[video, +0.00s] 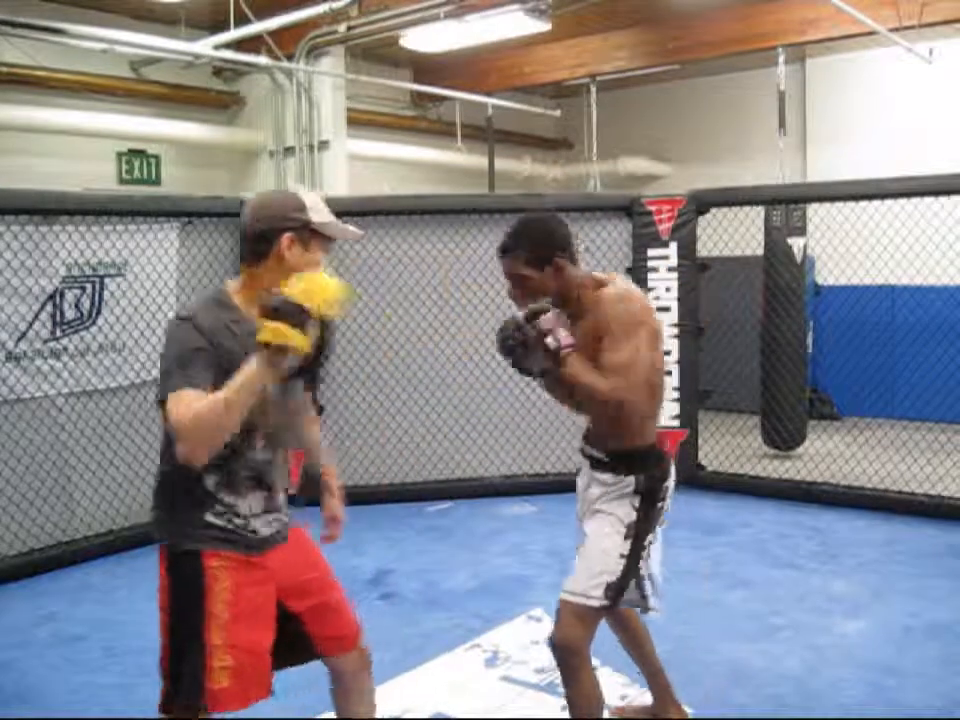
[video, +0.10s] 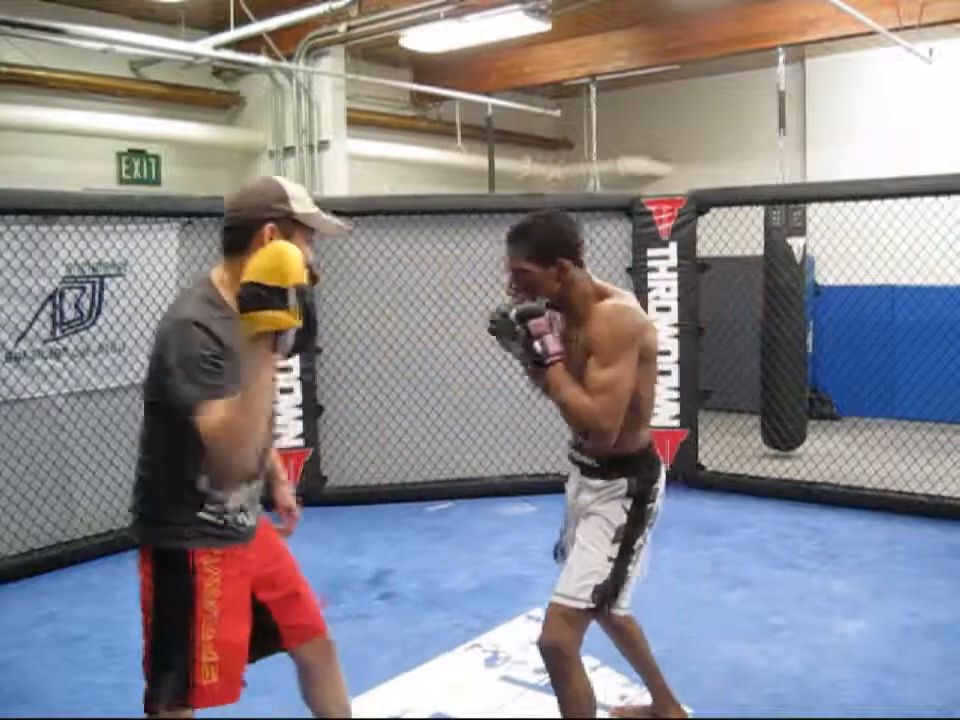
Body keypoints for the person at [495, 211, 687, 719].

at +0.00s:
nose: (514, 294)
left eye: (520, 281)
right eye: (509, 282)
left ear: (558, 267)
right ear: (556, 267)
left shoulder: (623, 307)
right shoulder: (569, 309)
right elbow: (582, 399)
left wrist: (561, 354)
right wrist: (541, 365)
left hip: (633, 481)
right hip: (596, 470)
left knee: (568, 641)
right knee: (611, 601)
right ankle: (667, 703)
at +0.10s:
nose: (513, 286)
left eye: (523, 275)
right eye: (511, 274)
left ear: (562, 269)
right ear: (557, 269)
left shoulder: (615, 317)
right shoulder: (563, 312)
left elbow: (603, 424)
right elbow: (568, 396)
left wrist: (548, 362)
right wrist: (531, 352)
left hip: (625, 484)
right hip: (587, 474)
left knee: (558, 643)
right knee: (602, 605)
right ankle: (666, 703)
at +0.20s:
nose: (519, 276)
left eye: (529, 265)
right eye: (517, 264)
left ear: (570, 256)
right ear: (555, 257)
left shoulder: (629, 302)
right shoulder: (544, 290)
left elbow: (642, 408)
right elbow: (469, 335)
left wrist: (583, 352)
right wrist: (448, 314)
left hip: (620, 471)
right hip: (571, 463)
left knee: (575, 639)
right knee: (611, 596)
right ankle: (666, 702)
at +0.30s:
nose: (512, 277)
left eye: (521, 267)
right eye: (509, 266)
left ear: (559, 253)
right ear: (514, 258)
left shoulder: (624, 286)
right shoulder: (525, 276)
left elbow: (650, 396)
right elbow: (469, 302)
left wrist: (586, 340)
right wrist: (447, 325)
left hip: (616, 460)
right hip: (565, 454)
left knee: (583, 636)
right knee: (613, 592)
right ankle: (663, 696)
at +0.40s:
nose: (516, 275)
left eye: (525, 264)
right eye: (513, 264)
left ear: (563, 251)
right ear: (509, 256)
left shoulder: (625, 283)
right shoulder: (514, 287)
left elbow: (651, 391)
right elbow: (469, 376)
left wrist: (588, 341)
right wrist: (475, 360)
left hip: (611, 458)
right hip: (556, 454)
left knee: (587, 635)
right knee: (590, 592)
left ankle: (601, 713)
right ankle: (647, 682)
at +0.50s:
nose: (510, 274)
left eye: (518, 263)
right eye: (507, 263)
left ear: (556, 253)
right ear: (508, 256)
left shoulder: (617, 285)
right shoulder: (514, 287)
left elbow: (655, 388)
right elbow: (524, 364)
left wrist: (590, 356)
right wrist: (499, 371)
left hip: (599, 454)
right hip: (547, 450)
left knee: (584, 620)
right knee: (566, 596)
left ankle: (600, 710)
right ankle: (596, 698)